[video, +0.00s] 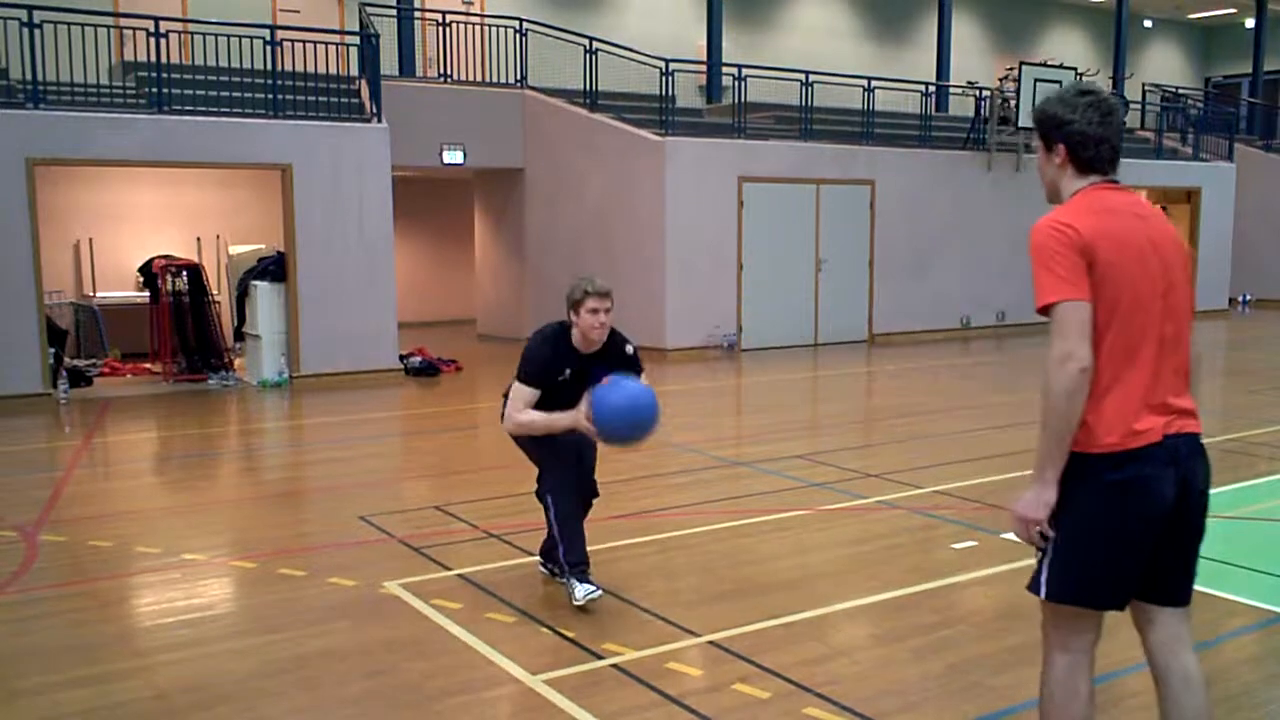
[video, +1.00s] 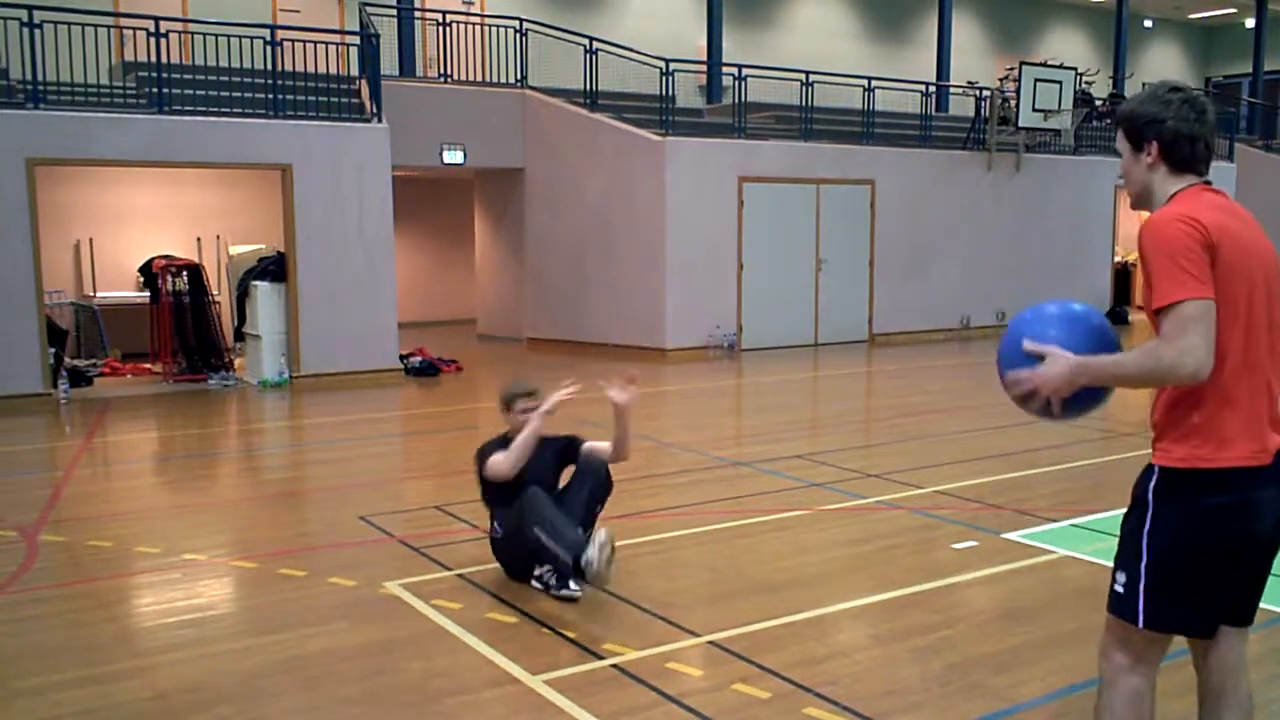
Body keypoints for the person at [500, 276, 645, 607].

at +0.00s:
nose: (602, 320)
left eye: (607, 312)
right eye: (593, 312)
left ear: (612, 313)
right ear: (573, 315)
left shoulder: (620, 349)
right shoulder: (545, 346)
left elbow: (633, 393)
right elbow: (513, 420)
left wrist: (626, 409)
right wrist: (572, 419)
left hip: (578, 420)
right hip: (531, 416)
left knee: (584, 490)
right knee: (561, 474)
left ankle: (553, 555)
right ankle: (577, 575)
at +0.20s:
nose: (598, 310)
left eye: (604, 302)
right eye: (590, 303)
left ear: (610, 302)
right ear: (571, 304)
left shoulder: (612, 326)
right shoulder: (548, 324)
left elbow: (646, 339)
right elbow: (552, 369)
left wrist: (688, 333)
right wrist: (604, 358)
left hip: (573, 403)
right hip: (526, 396)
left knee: (580, 483)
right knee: (553, 450)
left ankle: (552, 553)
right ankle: (567, 555)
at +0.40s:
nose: (599, 319)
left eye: (605, 311)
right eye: (592, 311)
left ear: (611, 310)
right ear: (573, 305)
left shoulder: (612, 333)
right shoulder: (547, 318)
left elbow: (658, 367)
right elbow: (523, 357)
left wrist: (695, 386)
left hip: (569, 401)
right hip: (520, 392)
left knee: (583, 466)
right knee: (547, 440)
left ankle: (551, 557)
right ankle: (557, 545)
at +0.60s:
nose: (599, 375)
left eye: (605, 367)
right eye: (592, 367)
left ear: (611, 363)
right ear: (574, 360)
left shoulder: (612, 388)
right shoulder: (549, 370)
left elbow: (660, 433)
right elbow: (524, 380)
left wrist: (710, 469)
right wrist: (510, 385)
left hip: (564, 449)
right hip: (516, 442)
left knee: (585, 486)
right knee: (542, 475)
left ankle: (547, 569)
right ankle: (560, 578)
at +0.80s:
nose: (581, 408)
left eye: (586, 401)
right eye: (574, 401)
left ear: (592, 401)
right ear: (555, 397)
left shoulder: (593, 428)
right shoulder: (532, 423)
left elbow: (640, 457)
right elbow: (528, 408)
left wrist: (671, 451)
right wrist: (562, 370)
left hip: (553, 514)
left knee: (586, 473)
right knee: (540, 498)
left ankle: (547, 571)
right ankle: (574, 598)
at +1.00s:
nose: (531, 419)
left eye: (536, 411)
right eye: (523, 412)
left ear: (542, 412)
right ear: (507, 415)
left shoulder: (557, 446)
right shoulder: (490, 452)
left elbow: (618, 454)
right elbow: (506, 469)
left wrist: (621, 410)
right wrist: (541, 414)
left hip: (559, 543)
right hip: (516, 550)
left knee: (594, 468)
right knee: (532, 498)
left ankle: (554, 569)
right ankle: (585, 559)